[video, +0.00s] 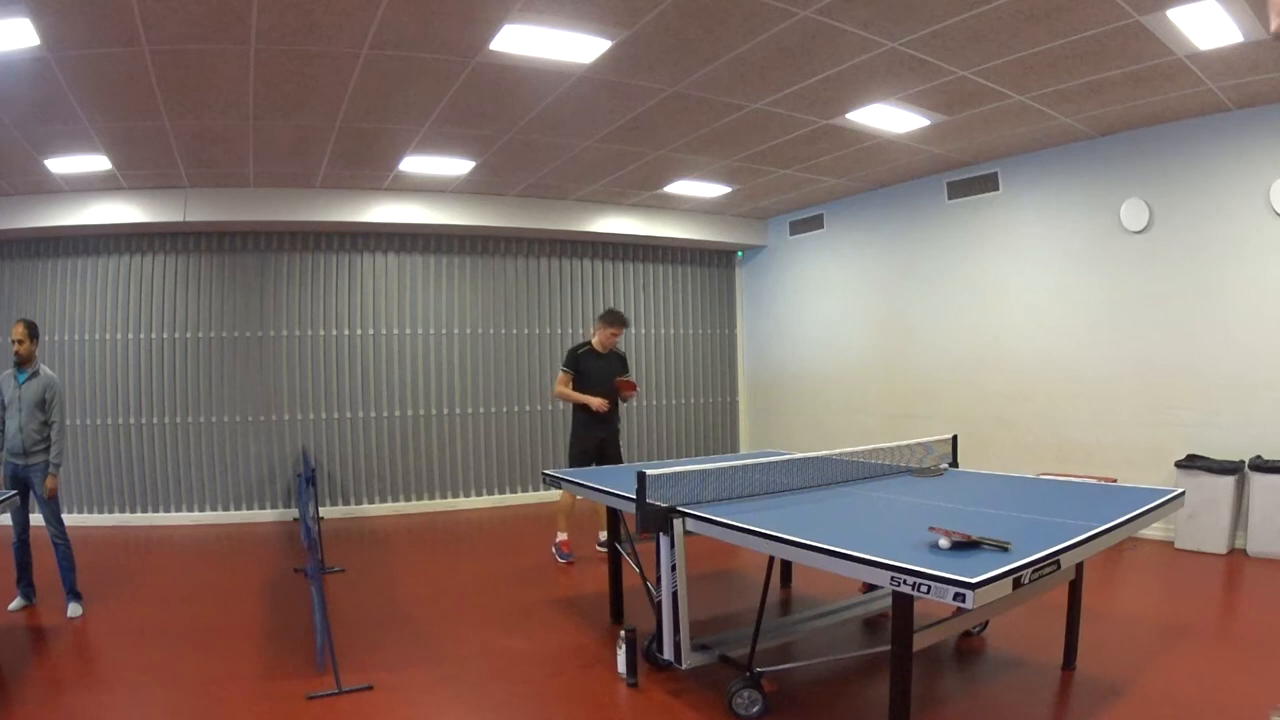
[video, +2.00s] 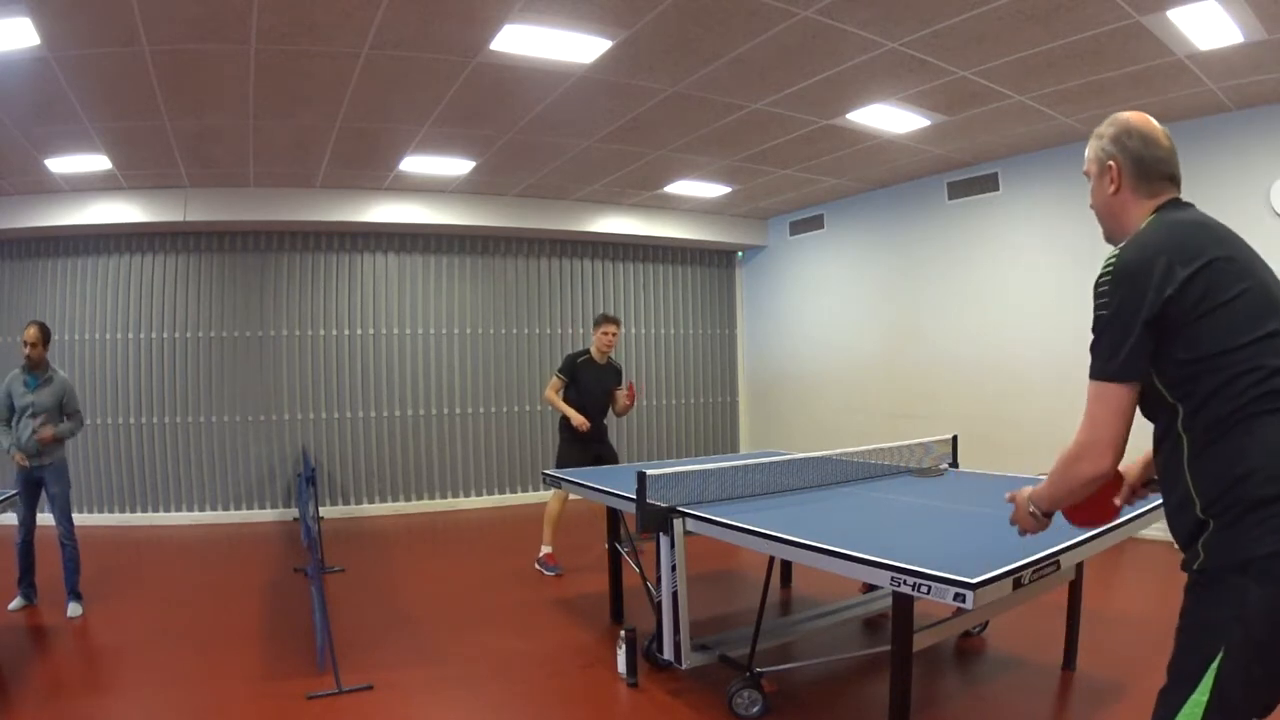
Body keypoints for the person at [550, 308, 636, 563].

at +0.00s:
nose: (616, 341)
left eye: (619, 336)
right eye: (613, 335)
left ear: (619, 335)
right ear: (599, 329)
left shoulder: (619, 358)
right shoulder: (576, 355)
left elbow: (623, 395)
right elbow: (559, 389)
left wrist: (627, 392)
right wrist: (589, 399)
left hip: (610, 432)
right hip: (583, 433)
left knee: (612, 484)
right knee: (572, 486)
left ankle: (605, 536)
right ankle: (562, 538)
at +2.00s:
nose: (610, 339)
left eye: (614, 335)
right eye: (605, 334)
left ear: (617, 339)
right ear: (594, 335)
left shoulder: (615, 370)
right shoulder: (574, 362)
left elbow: (618, 410)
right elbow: (549, 393)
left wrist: (628, 403)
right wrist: (572, 414)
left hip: (599, 436)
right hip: (573, 436)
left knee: (615, 486)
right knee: (561, 492)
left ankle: (617, 539)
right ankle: (545, 552)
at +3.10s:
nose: (618, 364)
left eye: (620, 358)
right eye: (614, 358)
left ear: (609, 357)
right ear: (599, 354)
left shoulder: (603, 386)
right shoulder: (569, 376)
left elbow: (622, 418)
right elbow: (556, 416)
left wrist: (652, 403)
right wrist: (595, 418)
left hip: (577, 443)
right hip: (552, 443)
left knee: (611, 489)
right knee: (550, 504)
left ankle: (622, 541)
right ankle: (515, 558)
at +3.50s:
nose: (575, 344)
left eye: (578, 339)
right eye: (569, 339)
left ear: (582, 341)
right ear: (557, 341)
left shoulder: (589, 370)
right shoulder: (540, 371)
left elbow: (621, 401)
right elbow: (524, 409)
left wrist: (627, 388)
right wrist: (548, 408)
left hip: (579, 444)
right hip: (546, 447)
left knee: (613, 485)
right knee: (534, 498)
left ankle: (616, 544)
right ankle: (514, 550)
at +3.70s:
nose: (586, 368)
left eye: (589, 363)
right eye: (580, 362)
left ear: (592, 364)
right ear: (567, 362)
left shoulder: (596, 394)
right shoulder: (546, 389)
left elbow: (613, 425)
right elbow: (518, 421)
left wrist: (628, 431)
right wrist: (534, 435)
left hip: (574, 455)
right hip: (543, 455)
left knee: (614, 490)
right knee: (527, 505)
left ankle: (615, 550)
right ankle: (500, 561)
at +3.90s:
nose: (616, 376)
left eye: (616, 371)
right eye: (611, 371)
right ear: (592, 370)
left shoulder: (600, 401)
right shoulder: (566, 391)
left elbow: (602, 437)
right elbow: (529, 412)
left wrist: (635, 434)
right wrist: (541, 442)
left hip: (578, 456)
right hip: (551, 456)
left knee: (619, 485)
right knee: (544, 512)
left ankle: (615, 549)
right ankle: (506, 561)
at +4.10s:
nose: (599, 342)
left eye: (601, 337)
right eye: (593, 337)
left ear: (601, 340)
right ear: (577, 339)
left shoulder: (600, 372)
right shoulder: (556, 366)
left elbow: (632, 394)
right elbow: (534, 402)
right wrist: (560, 414)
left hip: (581, 444)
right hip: (550, 444)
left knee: (615, 489)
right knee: (535, 498)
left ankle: (616, 549)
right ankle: (507, 558)